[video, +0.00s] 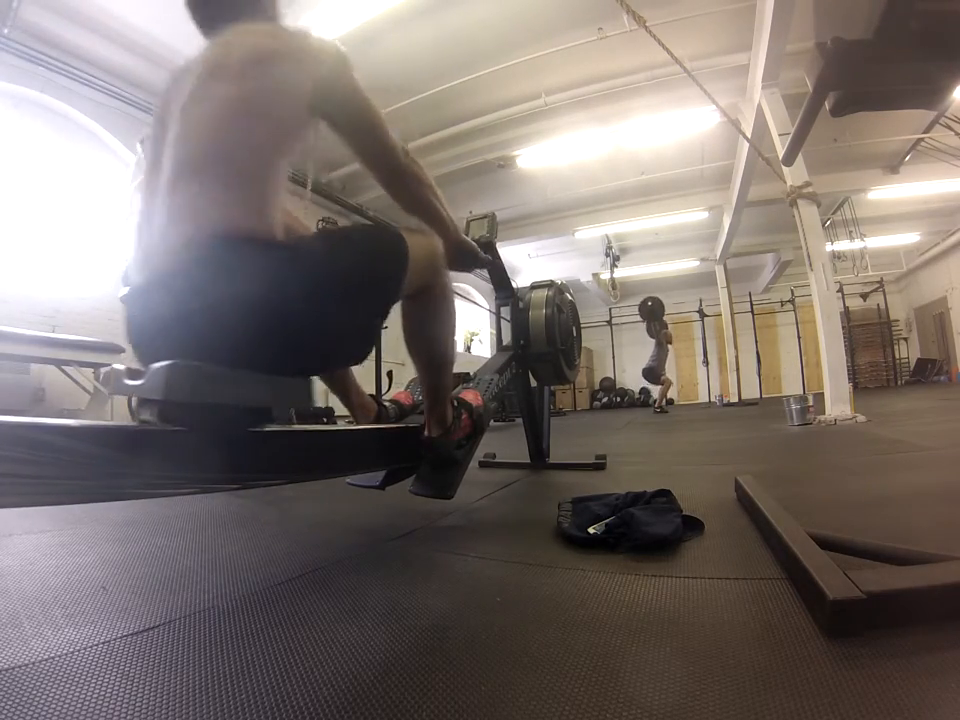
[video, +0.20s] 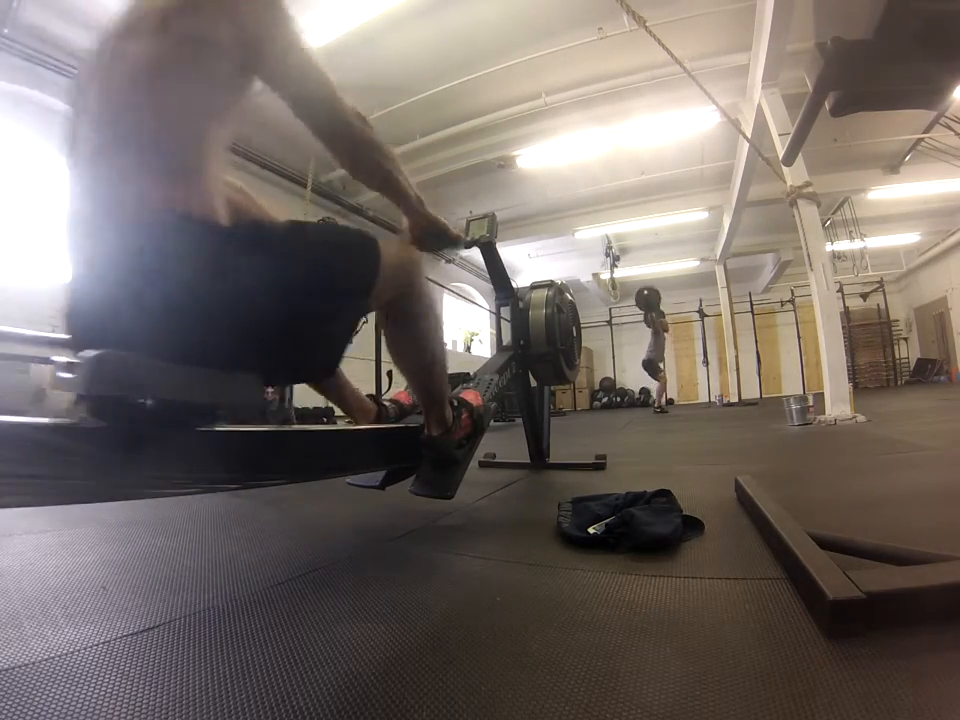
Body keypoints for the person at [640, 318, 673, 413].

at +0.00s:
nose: (671, 337)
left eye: (671, 335)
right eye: (669, 335)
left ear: (667, 336)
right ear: (665, 336)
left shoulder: (665, 347)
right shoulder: (661, 344)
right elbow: (659, 334)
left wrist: (663, 373)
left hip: (655, 371)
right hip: (649, 371)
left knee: (668, 382)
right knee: (667, 382)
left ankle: (659, 404)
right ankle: (658, 406)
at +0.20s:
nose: (667, 325)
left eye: (667, 322)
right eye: (665, 322)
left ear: (663, 323)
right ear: (660, 323)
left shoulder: (662, 335)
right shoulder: (657, 332)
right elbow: (653, 321)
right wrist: (650, 312)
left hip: (653, 361)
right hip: (649, 361)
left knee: (663, 379)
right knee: (662, 379)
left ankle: (658, 404)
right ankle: (657, 405)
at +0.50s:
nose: (659, 315)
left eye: (658, 313)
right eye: (657, 312)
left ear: (654, 312)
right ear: (651, 312)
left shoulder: (653, 324)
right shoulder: (649, 323)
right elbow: (647, 311)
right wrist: (645, 300)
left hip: (652, 354)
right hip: (649, 354)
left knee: (653, 381)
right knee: (652, 381)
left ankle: (654, 404)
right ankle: (644, 404)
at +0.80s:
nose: (646, 319)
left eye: (645, 318)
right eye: (644, 318)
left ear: (644, 318)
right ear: (640, 318)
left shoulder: (646, 329)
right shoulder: (638, 330)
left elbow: (656, 327)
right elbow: (641, 320)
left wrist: (656, 313)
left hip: (649, 355)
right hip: (643, 355)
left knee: (652, 380)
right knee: (646, 380)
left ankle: (655, 403)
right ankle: (641, 404)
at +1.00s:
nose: (642, 320)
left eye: (642, 318)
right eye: (640, 318)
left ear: (640, 318)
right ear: (636, 318)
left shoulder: (641, 330)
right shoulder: (634, 330)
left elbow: (644, 344)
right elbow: (635, 344)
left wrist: (650, 350)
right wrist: (644, 351)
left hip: (645, 355)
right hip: (639, 355)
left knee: (649, 379)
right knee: (642, 380)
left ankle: (651, 403)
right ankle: (640, 404)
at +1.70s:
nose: (656, 327)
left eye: (657, 325)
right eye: (655, 325)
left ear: (650, 322)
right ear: (651, 322)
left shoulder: (645, 330)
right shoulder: (645, 330)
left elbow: (649, 346)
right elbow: (648, 345)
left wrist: (654, 357)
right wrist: (655, 357)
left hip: (642, 356)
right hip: (639, 356)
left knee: (648, 380)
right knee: (647, 380)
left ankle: (647, 404)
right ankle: (646, 405)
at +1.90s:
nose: (663, 328)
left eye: (663, 326)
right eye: (662, 325)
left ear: (657, 324)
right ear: (657, 323)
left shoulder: (651, 332)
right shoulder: (651, 332)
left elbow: (651, 348)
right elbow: (652, 348)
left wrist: (653, 361)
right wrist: (653, 362)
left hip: (644, 357)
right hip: (642, 357)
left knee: (650, 381)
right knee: (649, 382)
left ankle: (648, 404)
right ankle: (647, 405)